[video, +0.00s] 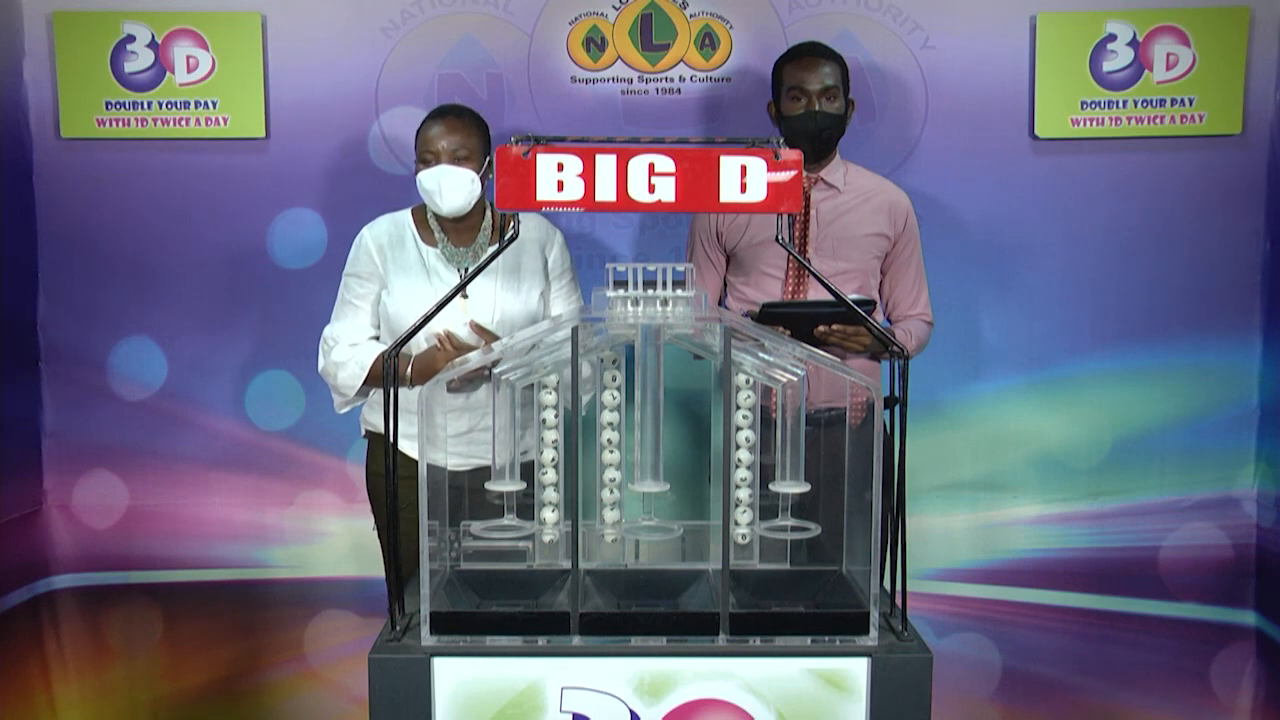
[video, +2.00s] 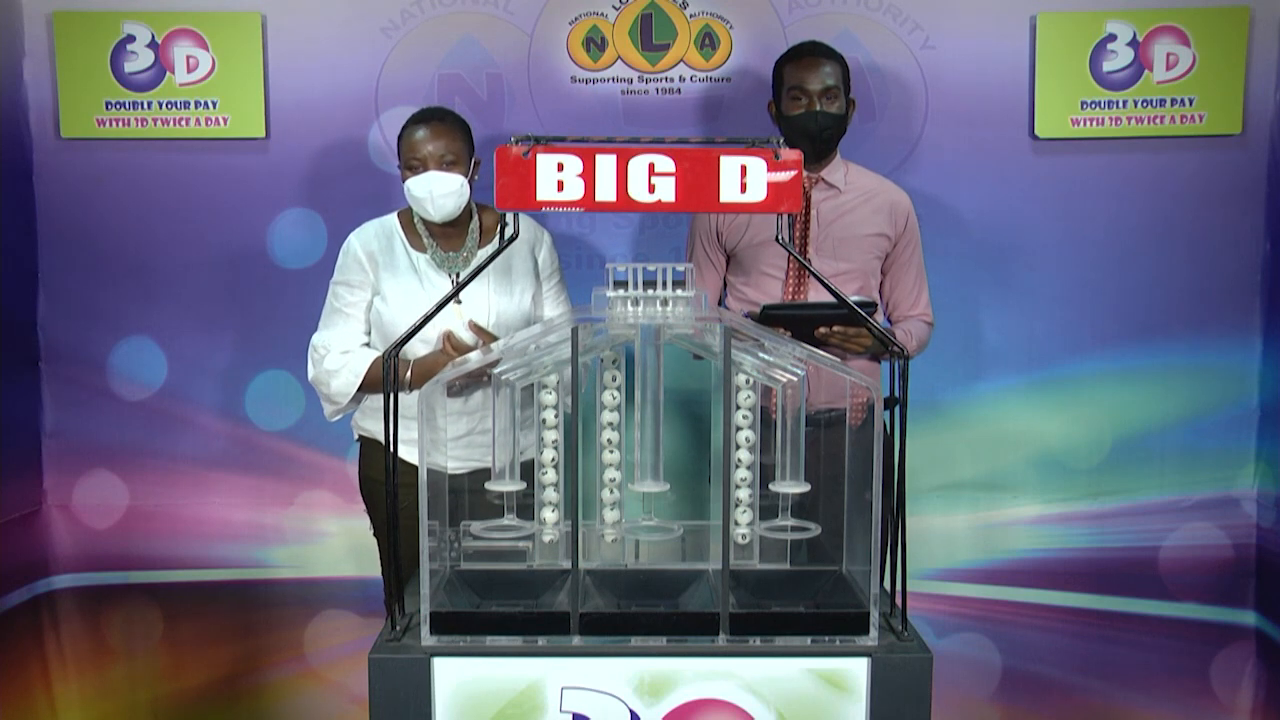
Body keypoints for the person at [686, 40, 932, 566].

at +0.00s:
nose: (814, 108)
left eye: (829, 95)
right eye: (796, 96)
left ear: (848, 108)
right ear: (775, 109)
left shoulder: (888, 204)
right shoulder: (727, 200)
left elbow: (915, 320)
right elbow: (696, 316)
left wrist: (877, 341)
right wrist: (756, 335)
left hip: (843, 416)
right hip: (751, 416)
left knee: (843, 579)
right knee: (752, 578)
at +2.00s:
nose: (814, 109)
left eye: (830, 95)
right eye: (797, 96)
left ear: (849, 108)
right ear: (775, 109)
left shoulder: (888, 205)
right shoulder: (727, 201)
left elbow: (915, 321)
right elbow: (695, 319)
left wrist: (876, 341)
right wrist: (759, 335)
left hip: (842, 416)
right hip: (750, 418)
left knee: (842, 579)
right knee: (751, 578)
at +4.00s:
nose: (814, 109)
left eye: (829, 95)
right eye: (797, 96)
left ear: (848, 107)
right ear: (775, 109)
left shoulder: (888, 205)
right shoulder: (727, 201)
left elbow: (915, 321)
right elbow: (695, 318)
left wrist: (876, 341)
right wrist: (758, 338)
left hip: (842, 417)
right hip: (751, 418)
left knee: (844, 581)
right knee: (752, 580)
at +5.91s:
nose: (813, 108)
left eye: (828, 94)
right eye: (796, 95)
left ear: (848, 108)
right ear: (774, 109)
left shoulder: (888, 205)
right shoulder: (726, 200)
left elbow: (914, 320)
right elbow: (696, 318)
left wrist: (875, 341)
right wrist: (761, 340)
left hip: (843, 416)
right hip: (752, 415)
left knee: (844, 580)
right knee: (753, 578)